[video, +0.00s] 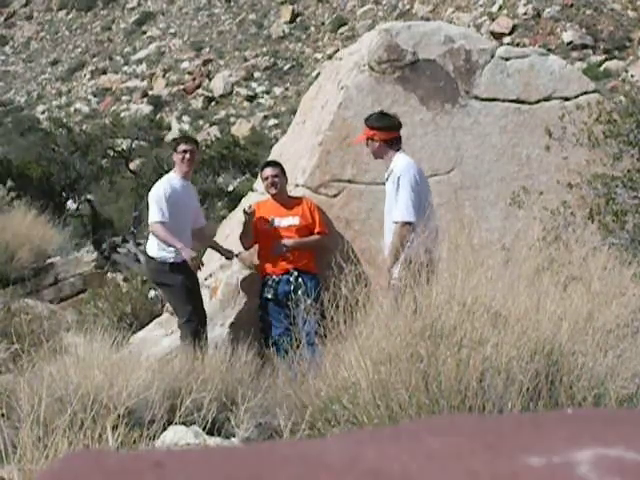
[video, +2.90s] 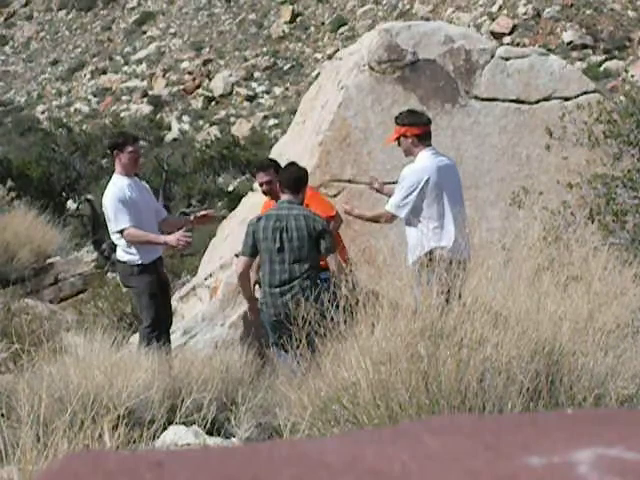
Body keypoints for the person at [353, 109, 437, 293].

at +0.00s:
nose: (367, 146)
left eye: (368, 141)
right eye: (367, 141)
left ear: (379, 142)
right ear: (390, 140)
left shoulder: (406, 171)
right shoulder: (398, 169)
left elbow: (405, 225)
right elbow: (402, 224)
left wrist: (390, 266)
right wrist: (391, 263)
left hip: (411, 266)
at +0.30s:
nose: (377, 141)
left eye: (378, 136)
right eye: (377, 136)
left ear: (387, 138)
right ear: (405, 135)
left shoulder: (406, 169)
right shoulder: (425, 162)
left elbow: (405, 227)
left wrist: (388, 270)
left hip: (418, 261)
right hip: (438, 257)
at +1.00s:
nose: (388, 145)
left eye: (388, 139)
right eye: (387, 139)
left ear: (398, 138)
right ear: (415, 135)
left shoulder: (409, 169)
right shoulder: (436, 161)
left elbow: (404, 223)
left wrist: (390, 253)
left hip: (423, 250)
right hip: (448, 246)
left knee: (421, 309)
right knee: (443, 309)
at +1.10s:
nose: (392, 147)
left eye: (392, 141)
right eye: (391, 142)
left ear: (401, 139)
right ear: (417, 137)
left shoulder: (412, 169)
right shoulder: (438, 161)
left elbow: (393, 223)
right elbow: (422, 209)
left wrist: (363, 246)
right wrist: (384, 227)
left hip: (425, 252)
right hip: (450, 248)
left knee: (423, 312)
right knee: (442, 311)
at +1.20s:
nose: (392, 145)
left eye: (393, 139)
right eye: (391, 140)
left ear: (405, 139)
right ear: (418, 137)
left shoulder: (414, 171)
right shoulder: (440, 162)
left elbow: (385, 220)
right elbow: (422, 198)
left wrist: (357, 222)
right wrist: (387, 200)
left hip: (427, 256)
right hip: (451, 251)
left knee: (425, 319)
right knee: (444, 316)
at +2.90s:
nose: (399, 146)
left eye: (400, 140)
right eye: (398, 141)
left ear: (410, 139)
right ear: (427, 137)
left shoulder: (416, 171)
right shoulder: (447, 164)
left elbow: (388, 216)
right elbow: (421, 196)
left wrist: (355, 213)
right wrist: (384, 190)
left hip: (431, 257)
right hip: (458, 253)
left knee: (429, 318)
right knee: (453, 315)